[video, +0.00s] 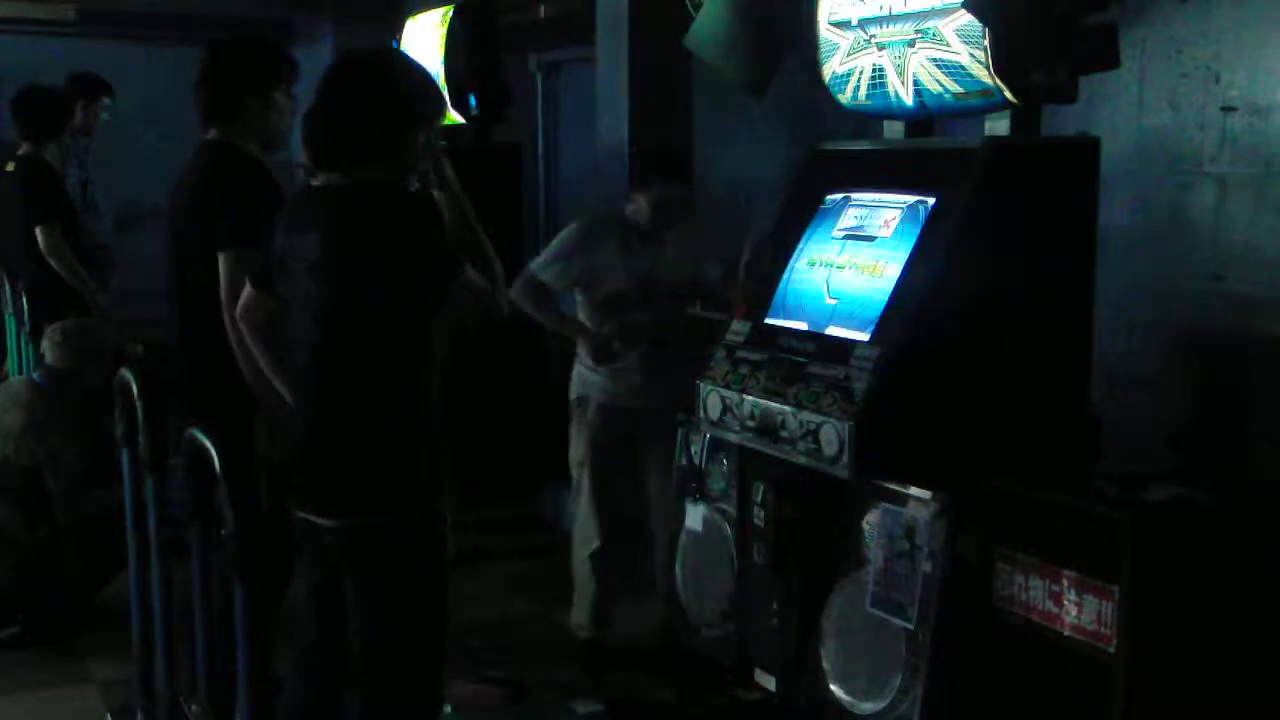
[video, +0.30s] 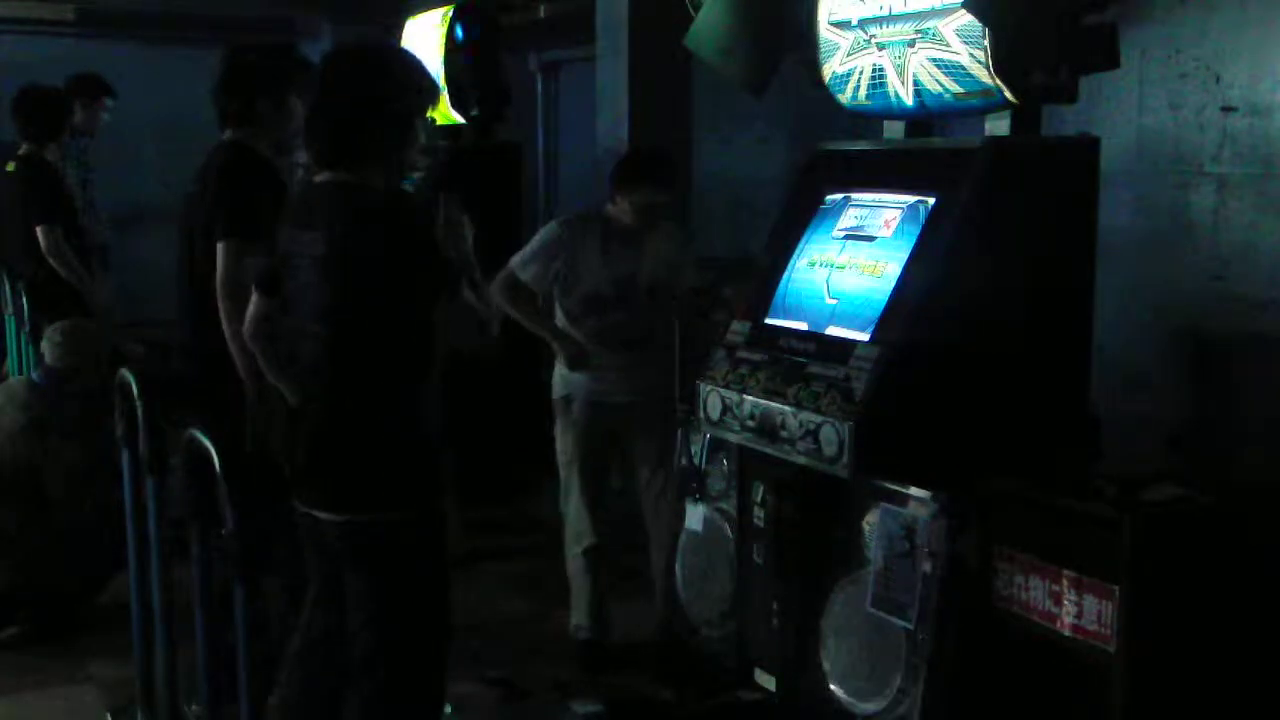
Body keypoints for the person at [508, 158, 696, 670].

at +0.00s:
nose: (664, 215)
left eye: (673, 205)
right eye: (656, 203)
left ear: (683, 205)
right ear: (635, 197)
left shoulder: (682, 246)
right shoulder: (592, 235)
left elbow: (712, 306)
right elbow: (527, 290)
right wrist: (584, 334)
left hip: (662, 396)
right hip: (601, 395)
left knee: (666, 514)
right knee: (597, 517)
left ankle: (667, 630)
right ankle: (591, 632)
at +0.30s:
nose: (650, 215)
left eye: (658, 206)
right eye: (642, 204)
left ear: (666, 203)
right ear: (618, 197)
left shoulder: (667, 242)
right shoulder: (571, 235)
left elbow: (690, 306)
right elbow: (507, 289)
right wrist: (559, 338)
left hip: (649, 392)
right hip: (583, 393)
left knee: (663, 511)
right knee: (585, 517)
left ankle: (670, 627)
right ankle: (587, 630)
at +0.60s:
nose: (655, 215)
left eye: (663, 205)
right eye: (648, 203)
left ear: (673, 203)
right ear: (627, 197)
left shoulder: (674, 244)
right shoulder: (578, 235)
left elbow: (698, 305)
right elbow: (522, 292)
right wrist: (570, 339)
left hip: (653, 387)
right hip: (589, 388)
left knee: (661, 507)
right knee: (586, 512)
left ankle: (663, 622)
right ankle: (587, 626)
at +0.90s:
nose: (680, 217)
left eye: (687, 207)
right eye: (674, 205)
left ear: (690, 207)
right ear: (650, 199)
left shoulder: (684, 247)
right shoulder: (606, 238)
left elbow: (694, 314)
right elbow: (590, 321)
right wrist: (654, 347)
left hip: (663, 385)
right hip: (608, 385)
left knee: (665, 510)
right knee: (599, 514)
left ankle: (664, 621)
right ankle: (589, 626)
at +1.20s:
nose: (708, 225)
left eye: (715, 215)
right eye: (701, 213)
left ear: (720, 215)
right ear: (678, 208)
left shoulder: (706, 257)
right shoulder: (635, 246)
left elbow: (718, 316)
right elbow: (639, 330)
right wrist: (702, 362)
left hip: (673, 393)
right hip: (621, 390)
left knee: (669, 513)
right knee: (609, 514)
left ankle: (664, 622)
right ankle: (589, 626)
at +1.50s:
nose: (712, 230)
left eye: (720, 222)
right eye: (706, 219)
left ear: (728, 222)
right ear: (687, 211)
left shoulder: (715, 258)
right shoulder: (646, 248)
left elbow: (724, 318)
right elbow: (645, 327)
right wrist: (699, 366)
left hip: (675, 391)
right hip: (623, 387)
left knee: (670, 511)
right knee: (611, 509)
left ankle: (666, 623)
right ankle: (590, 626)